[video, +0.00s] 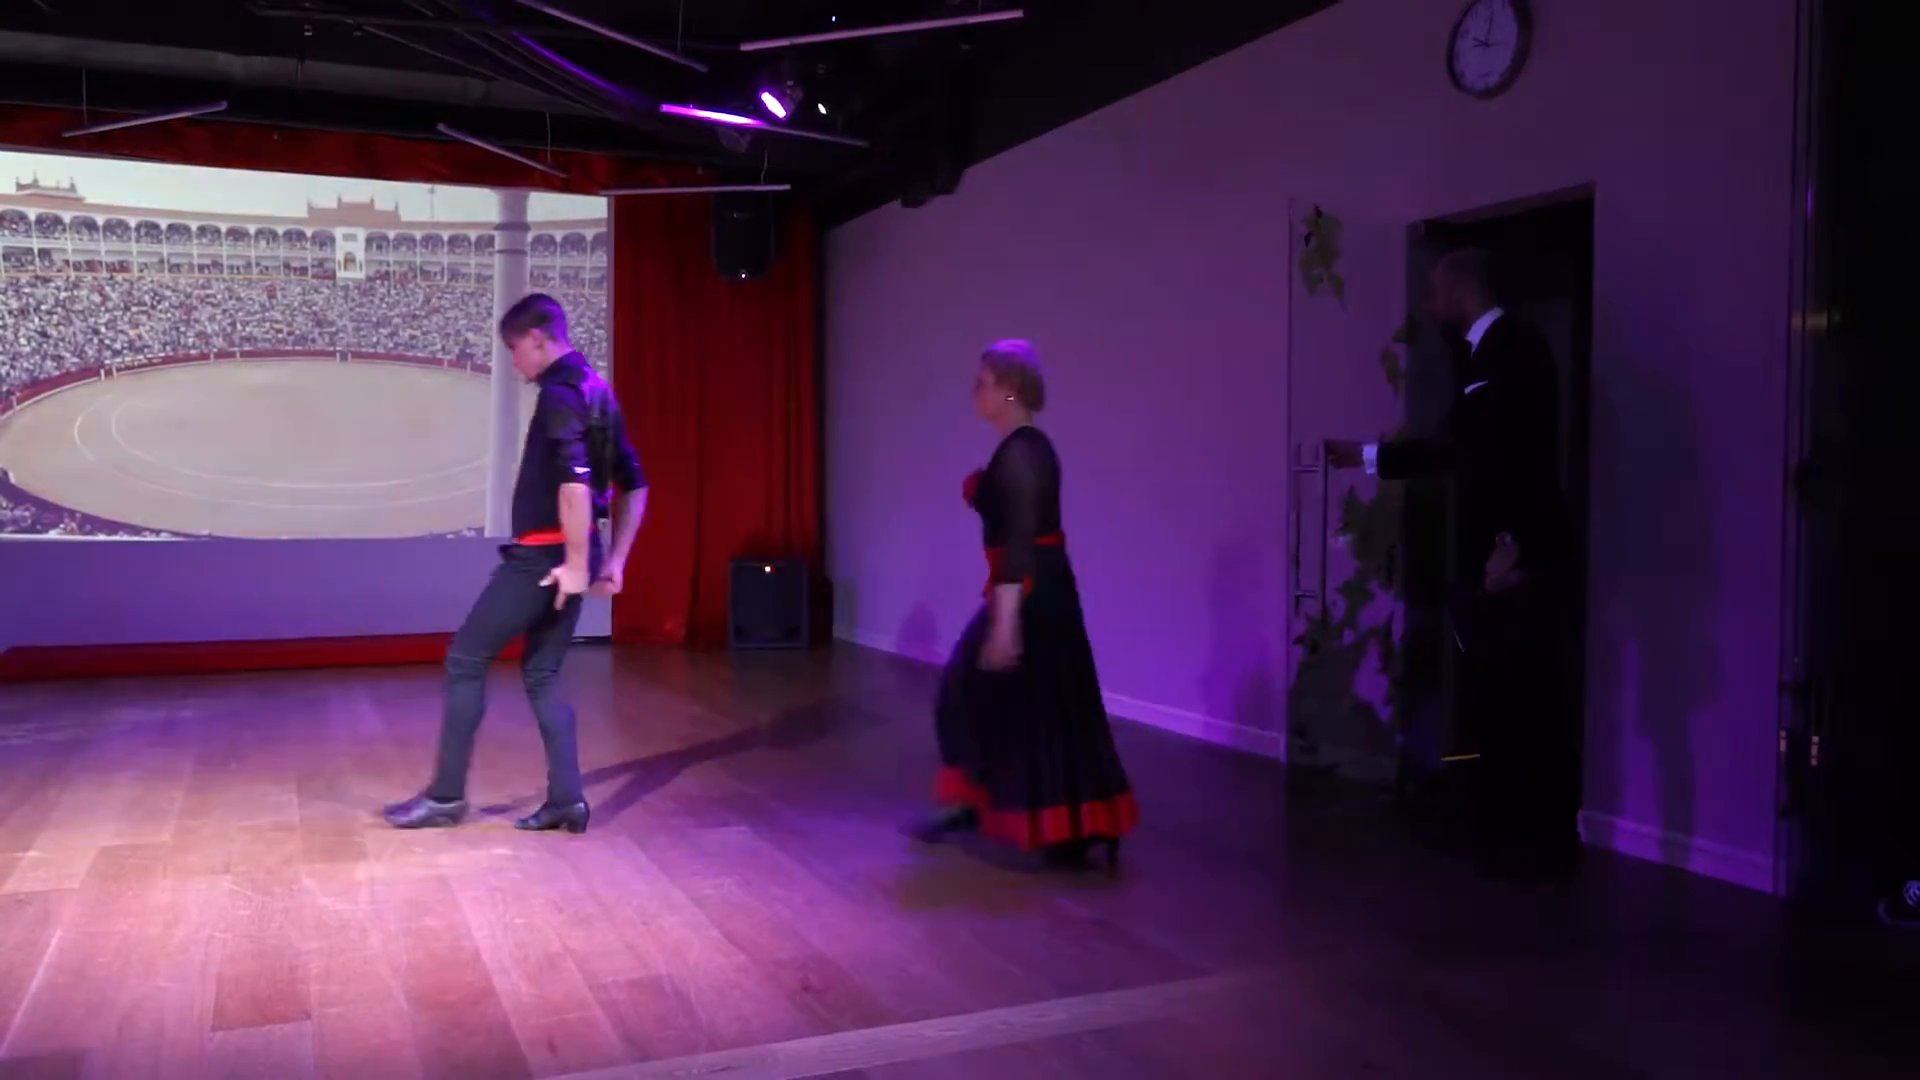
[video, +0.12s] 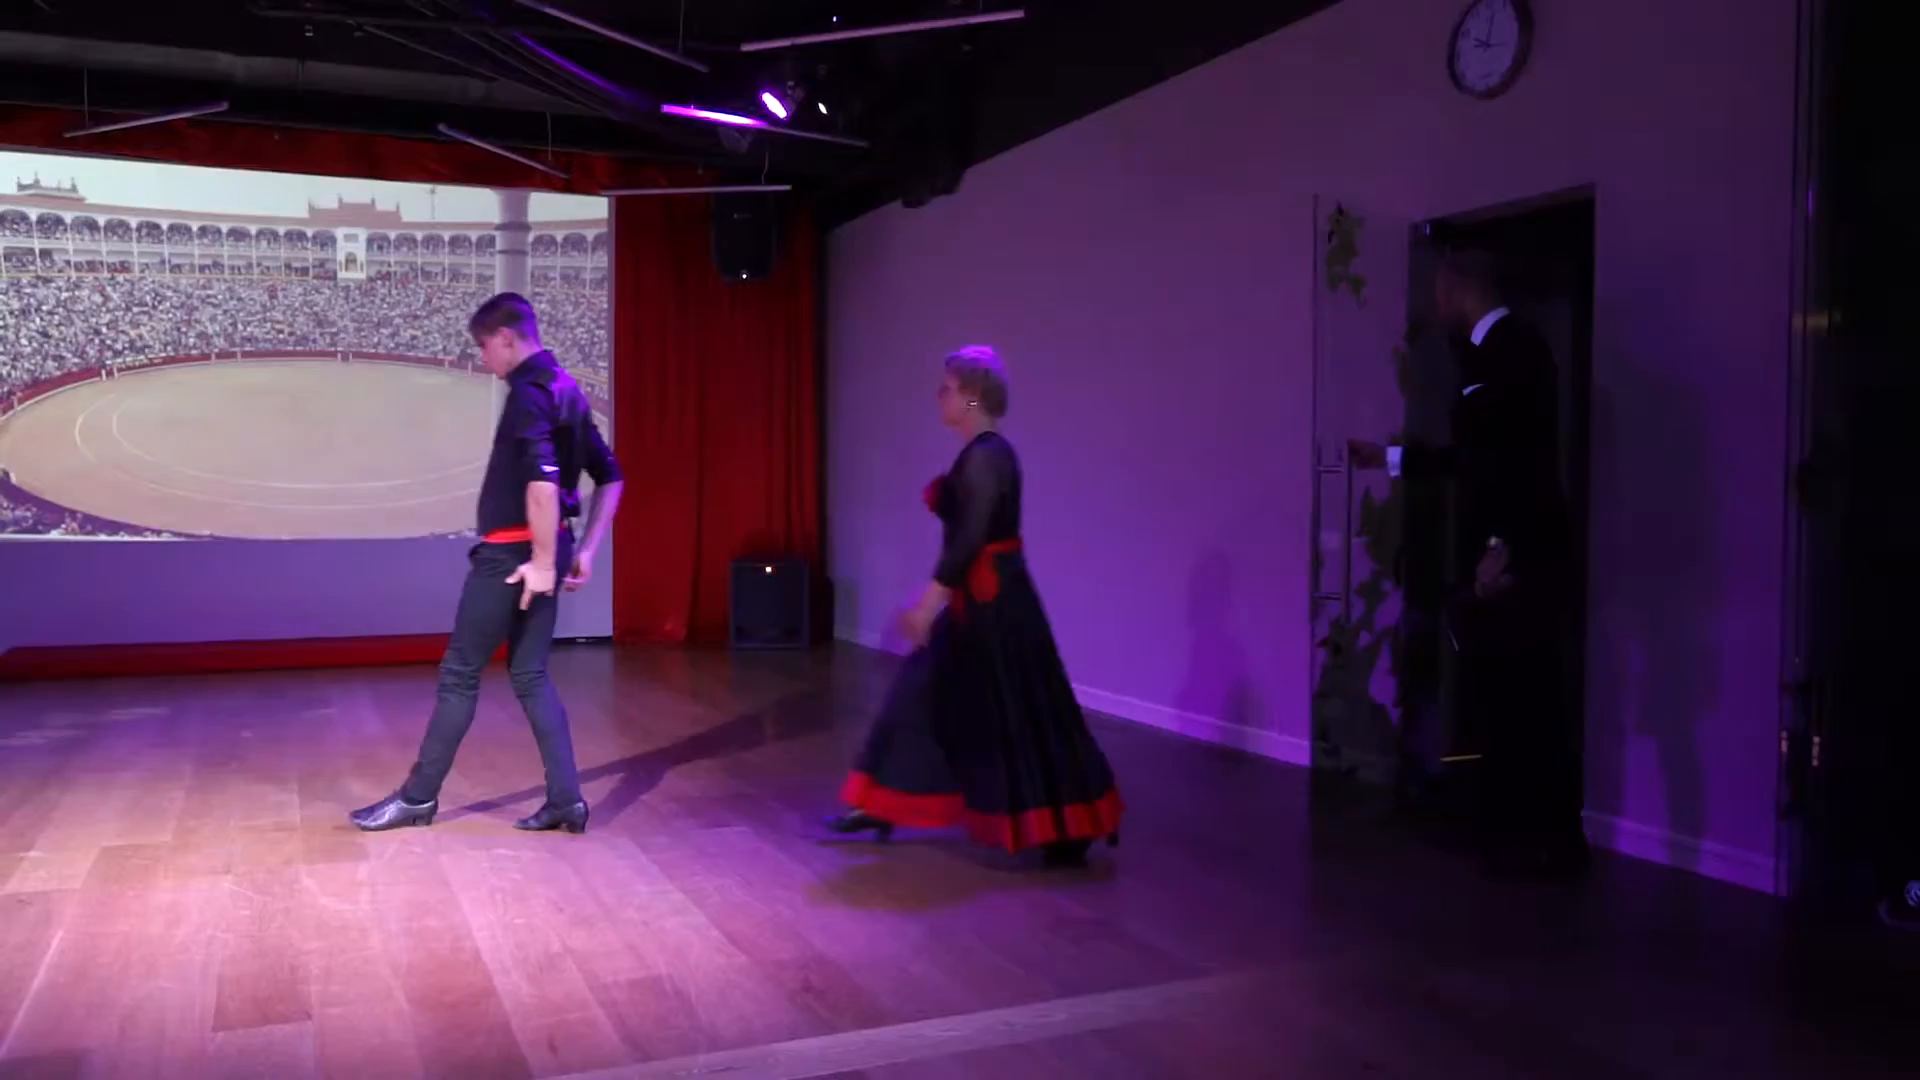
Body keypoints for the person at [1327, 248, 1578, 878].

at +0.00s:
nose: (1433, 305)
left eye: (1439, 290)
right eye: (1433, 292)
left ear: (1464, 288)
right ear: (1468, 286)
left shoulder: (1511, 351)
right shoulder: (1479, 352)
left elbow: (1513, 455)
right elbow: (1459, 451)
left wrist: (1511, 539)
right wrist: (1369, 456)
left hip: (1518, 558)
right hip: (1493, 555)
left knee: (1510, 695)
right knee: (1494, 693)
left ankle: (1521, 835)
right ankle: (1499, 828)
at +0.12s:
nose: (1440, 302)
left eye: (1445, 290)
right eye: (1441, 291)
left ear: (1466, 290)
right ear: (1482, 288)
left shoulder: (1508, 352)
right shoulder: (1487, 352)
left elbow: (1510, 459)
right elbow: (1475, 457)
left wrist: (1501, 540)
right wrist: (1393, 457)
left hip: (1510, 557)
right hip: (1492, 551)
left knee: (1507, 691)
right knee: (1498, 689)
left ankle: (1515, 828)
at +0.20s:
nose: (1445, 302)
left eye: (1449, 290)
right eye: (1447, 291)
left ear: (1465, 289)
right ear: (1488, 287)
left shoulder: (1511, 351)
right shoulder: (1491, 349)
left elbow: (1513, 460)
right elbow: (1483, 456)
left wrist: (1498, 546)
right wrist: (1414, 460)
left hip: (1515, 557)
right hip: (1494, 553)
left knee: (1507, 692)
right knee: (1495, 690)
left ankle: (1512, 829)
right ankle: (1496, 824)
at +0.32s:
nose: (1459, 308)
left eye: (1460, 296)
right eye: (1460, 296)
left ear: (1473, 294)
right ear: (1506, 290)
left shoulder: (1511, 356)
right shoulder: (1527, 349)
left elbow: (1507, 463)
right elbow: (1508, 460)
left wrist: (1494, 548)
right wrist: (1444, 465)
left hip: (1521, 554)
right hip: (1530, 546)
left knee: (1511, 693)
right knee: (1521, 691)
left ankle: (1518, 830)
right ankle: (1524, 827)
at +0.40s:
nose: (1481, 310)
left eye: (1483, 299)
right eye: (1483, 298)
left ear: (1494, 299)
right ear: (1532, 290)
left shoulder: (1525, 357)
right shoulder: (1560, 349)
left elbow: (1523, 468)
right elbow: (1534, 463)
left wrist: (1502, 552)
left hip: (1540, 552)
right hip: (1567, 545)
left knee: (1535, 693)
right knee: (1562, 692)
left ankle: (1542, 833)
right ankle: (1570, 833)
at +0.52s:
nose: (1520, 310)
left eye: (1521, 298)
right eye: (1523, 297)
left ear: (1530, 299)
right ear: (1575, 290)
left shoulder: (1549, 361)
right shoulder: (1615, 352)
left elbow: (1546, 475)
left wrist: (1526, 560)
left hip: (1567, 557)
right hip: (1614, 550)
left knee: (1564, 697)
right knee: (1608, 697)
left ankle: (1567, 837)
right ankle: (1613, 838)